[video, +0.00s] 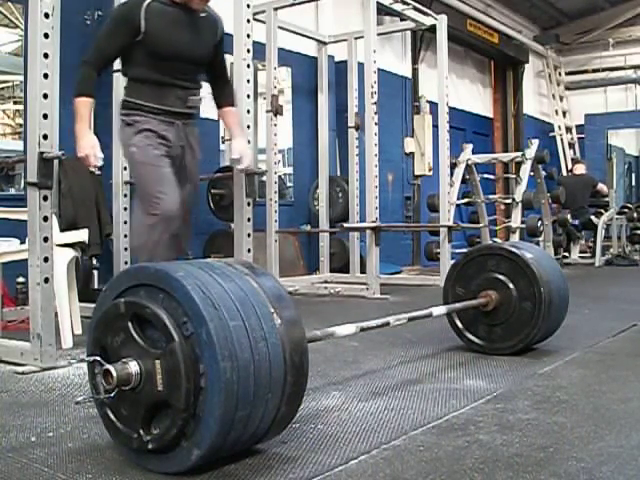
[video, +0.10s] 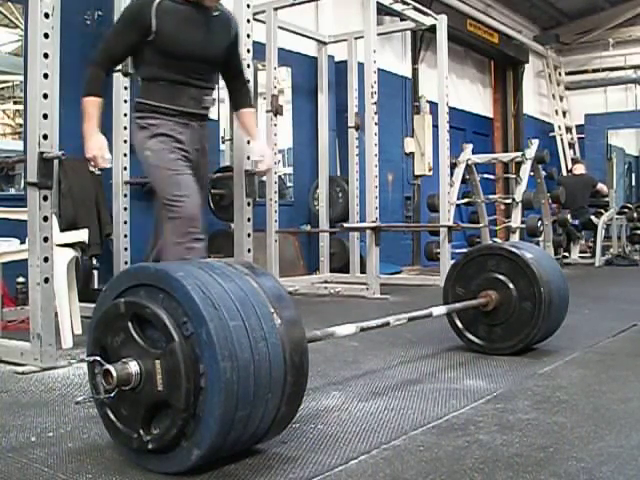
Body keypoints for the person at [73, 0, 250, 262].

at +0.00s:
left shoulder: (211, 23)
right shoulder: (136, 11)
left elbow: (220, 80)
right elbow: (90, 67)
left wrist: (238, 136)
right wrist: (83, 133)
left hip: (186, 128)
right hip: (143, 123)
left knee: (181, 217)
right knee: (166, 207)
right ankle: (144, 294)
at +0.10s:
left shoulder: (224, 23)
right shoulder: (148, 10)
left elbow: (237, 84)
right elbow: (99, 66)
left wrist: (256, 140)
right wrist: (91, 134)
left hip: (198, 131)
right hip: (155, 124)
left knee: (177, 224)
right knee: (188, 214)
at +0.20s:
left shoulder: (238, 17)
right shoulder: (160, 8)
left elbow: (249, 80)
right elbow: (111, 66)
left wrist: (273, 136)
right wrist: (107, 135)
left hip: (218, 127)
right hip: (174, 124)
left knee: (197, 228)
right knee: (209, 220)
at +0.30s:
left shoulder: (253, 10)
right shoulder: (178, 4)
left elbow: (260, 76)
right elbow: (129, 61)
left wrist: (281, 134)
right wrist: (132, 137)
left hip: (237, 125)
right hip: (189, 120)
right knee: (221, 231)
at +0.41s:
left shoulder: (268, 5)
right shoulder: (193, 3)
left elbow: (271, 67)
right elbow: (147, 51)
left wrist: (284, 130)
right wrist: (156, 123)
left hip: (255, 117)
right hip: (205, 115)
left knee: (296, 214)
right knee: (227, 239)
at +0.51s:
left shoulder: (283, 4)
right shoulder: (206, 2)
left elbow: (279, 53)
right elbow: (160, 44)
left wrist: (290, 115)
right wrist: (178, 112)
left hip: (277, 115)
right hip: (225, 112)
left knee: (323, 207)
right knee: (234, 231)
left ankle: (333, 328)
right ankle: (235, 348)